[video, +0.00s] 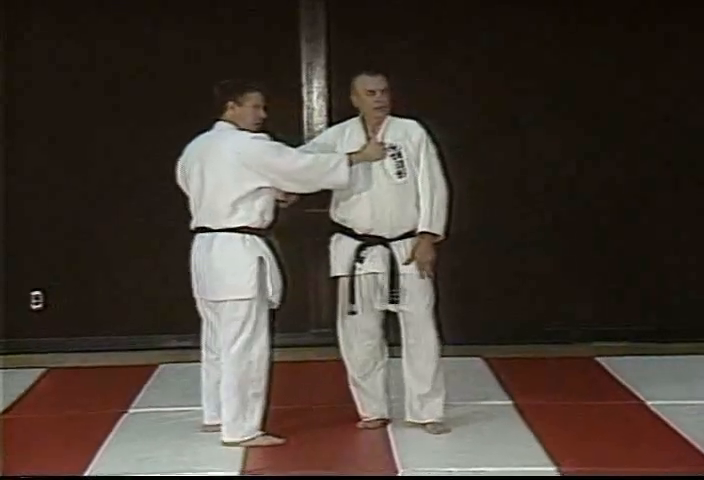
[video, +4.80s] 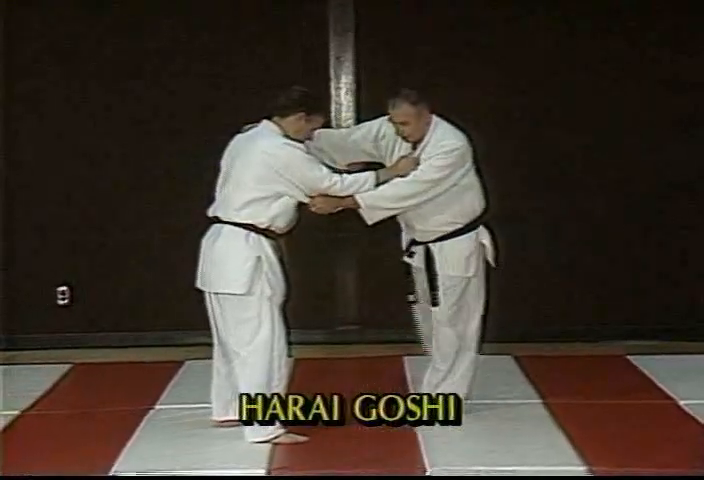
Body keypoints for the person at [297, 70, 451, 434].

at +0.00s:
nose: (378, 99)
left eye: (383, 92)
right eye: (370, 93)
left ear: (390, 96)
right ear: (354, 98)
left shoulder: (411, 133)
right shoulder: (337, 137)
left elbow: (434, 186)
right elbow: (296, 162)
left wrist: (427, 237)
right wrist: (284, 187)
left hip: (407, 245)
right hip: (356, 248)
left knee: (420, 332)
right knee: (360, 333)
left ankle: (426, 411)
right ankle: (372, 412)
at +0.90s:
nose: (354, 105)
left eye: (361, 98)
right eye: (350, 98)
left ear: (383, 98)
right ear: (347, 100)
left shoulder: (411, 132)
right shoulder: (337, 134)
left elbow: (433, 187)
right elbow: (292, 150)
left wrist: (424, 239)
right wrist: (248, 154)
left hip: (403, 246)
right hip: (352, 249)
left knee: (417, 332)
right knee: (358, 333)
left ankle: (428, 413)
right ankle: (371, 413)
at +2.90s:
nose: (359, 114)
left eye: (365, 107)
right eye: (354, 107)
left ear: (385, 102)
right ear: (349, 107)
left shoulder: (414, 136)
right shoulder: (341, 134)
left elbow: (436, 192)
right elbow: (292, 143)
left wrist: (431, 245)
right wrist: (239, 143)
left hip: (407, 247)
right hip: (357, 248)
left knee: (420, 328)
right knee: (359, 327)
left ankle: (429, 408)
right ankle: (371, 405)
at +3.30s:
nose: (363, 116)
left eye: (369, 109)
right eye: (358, 110)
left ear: (389, 105)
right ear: (354, 109)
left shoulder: (415, 137)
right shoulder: (345, 133)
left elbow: (430, 196)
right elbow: (294, 142)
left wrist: (392, 236)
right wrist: (242, 142)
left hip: (410, 244)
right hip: (358, 244)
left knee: (420, 324)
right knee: (360, 325)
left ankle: (433, 407)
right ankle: (373, 404)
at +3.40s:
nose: (367, 115)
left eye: (373, 107)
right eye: (362, 108)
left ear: (393, 104)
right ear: (358, 108)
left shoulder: (416, 137)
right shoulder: (349, 132)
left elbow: (417, 205)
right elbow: (299, 137)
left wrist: (363, 224)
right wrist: (245, 132)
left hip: (409, 246)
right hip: (359, 246)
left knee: (422, 330)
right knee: (361, 328)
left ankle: (434, 410)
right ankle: (374, 407)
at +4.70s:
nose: (400, 132)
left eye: (405, 124)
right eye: (395, 125)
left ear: (425, 115)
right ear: (390, 121)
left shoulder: (450, 144)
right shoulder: (387, 132)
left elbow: (414, 187)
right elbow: (340, 141)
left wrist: (347, 201)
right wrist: (290, 138)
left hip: (454, 245)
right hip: (412, 243)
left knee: (449, 329)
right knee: (412, 327)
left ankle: (443, 407)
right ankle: (419, 401)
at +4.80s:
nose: (400, 131)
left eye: (406, 124)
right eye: (395, 124)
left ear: (426, 116)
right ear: (391, 120)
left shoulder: (451, 146)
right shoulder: (386, 133)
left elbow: (412, 189)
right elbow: (341, 141)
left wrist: (346, 202)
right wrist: (291, 138)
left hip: (457, 243)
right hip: (419, 243)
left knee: (452, 325)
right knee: (429, 323)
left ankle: (447, 398)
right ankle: (436, 390)